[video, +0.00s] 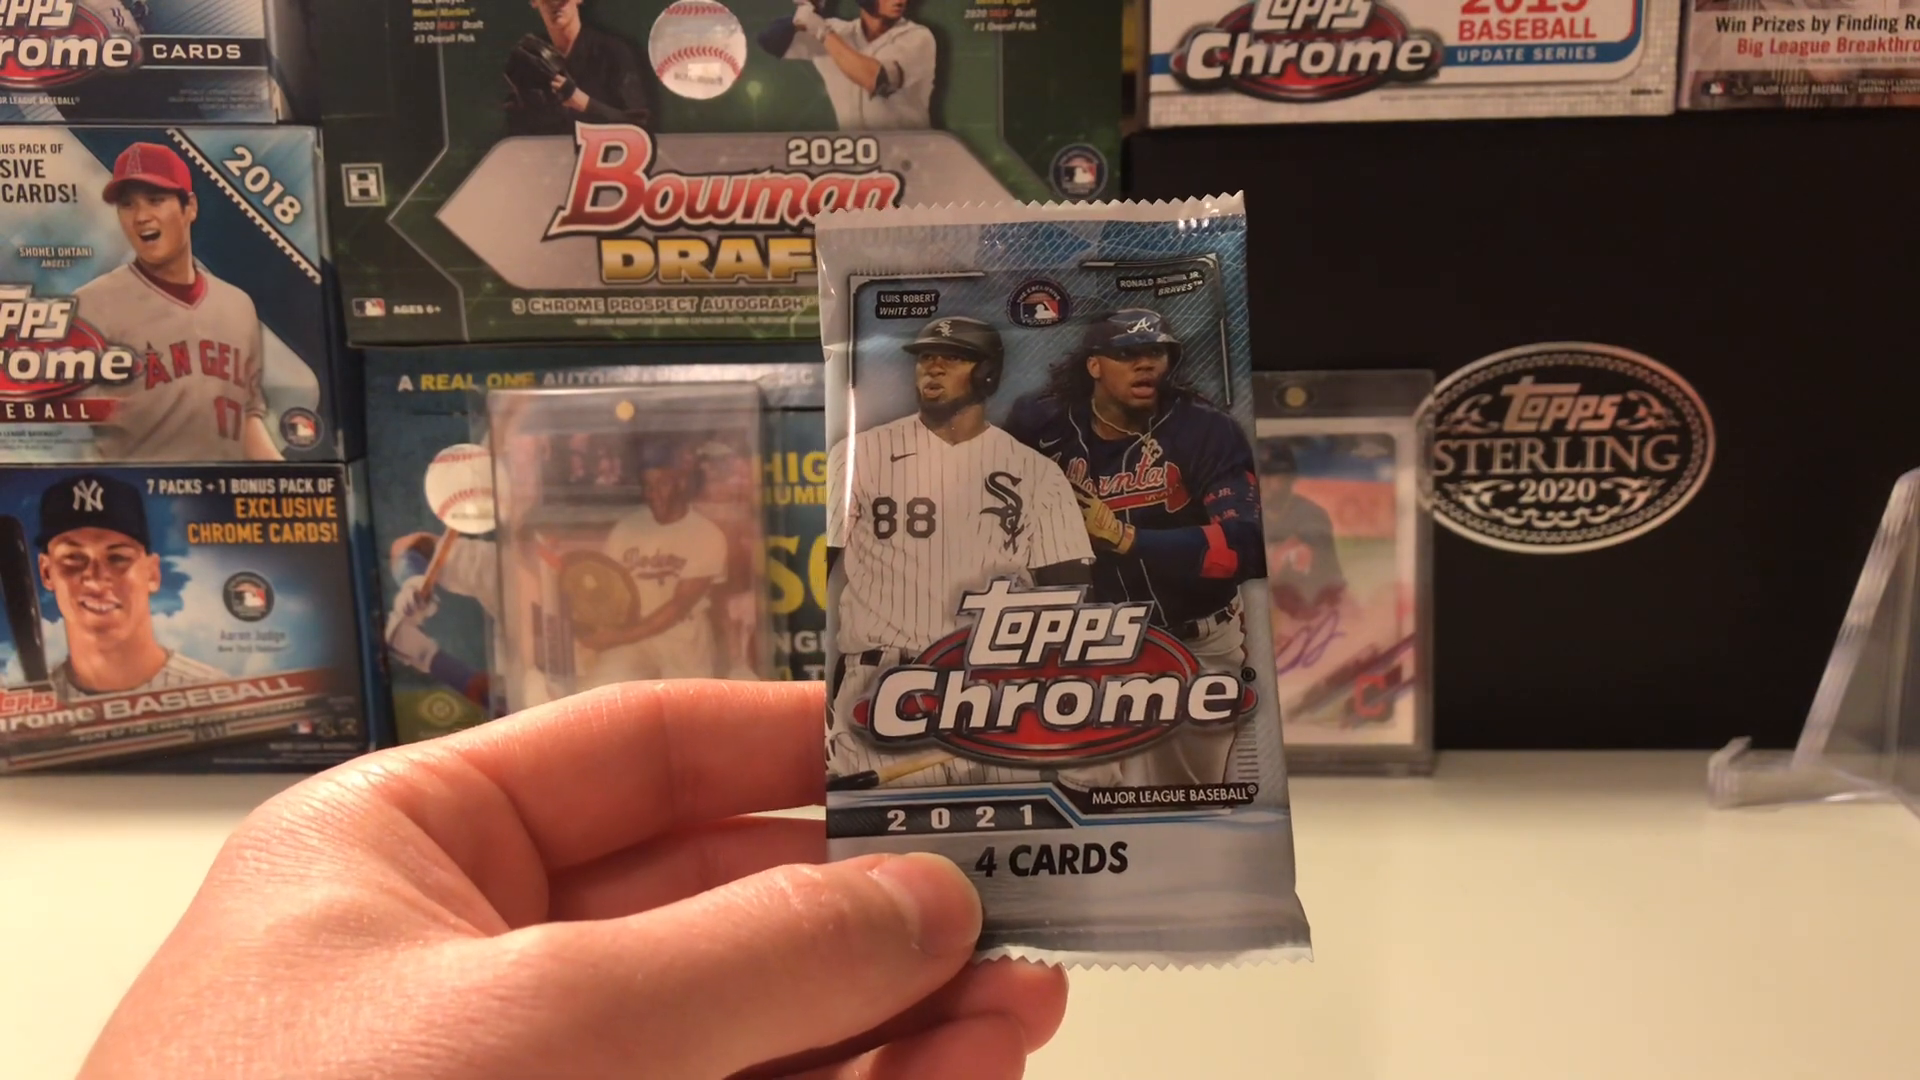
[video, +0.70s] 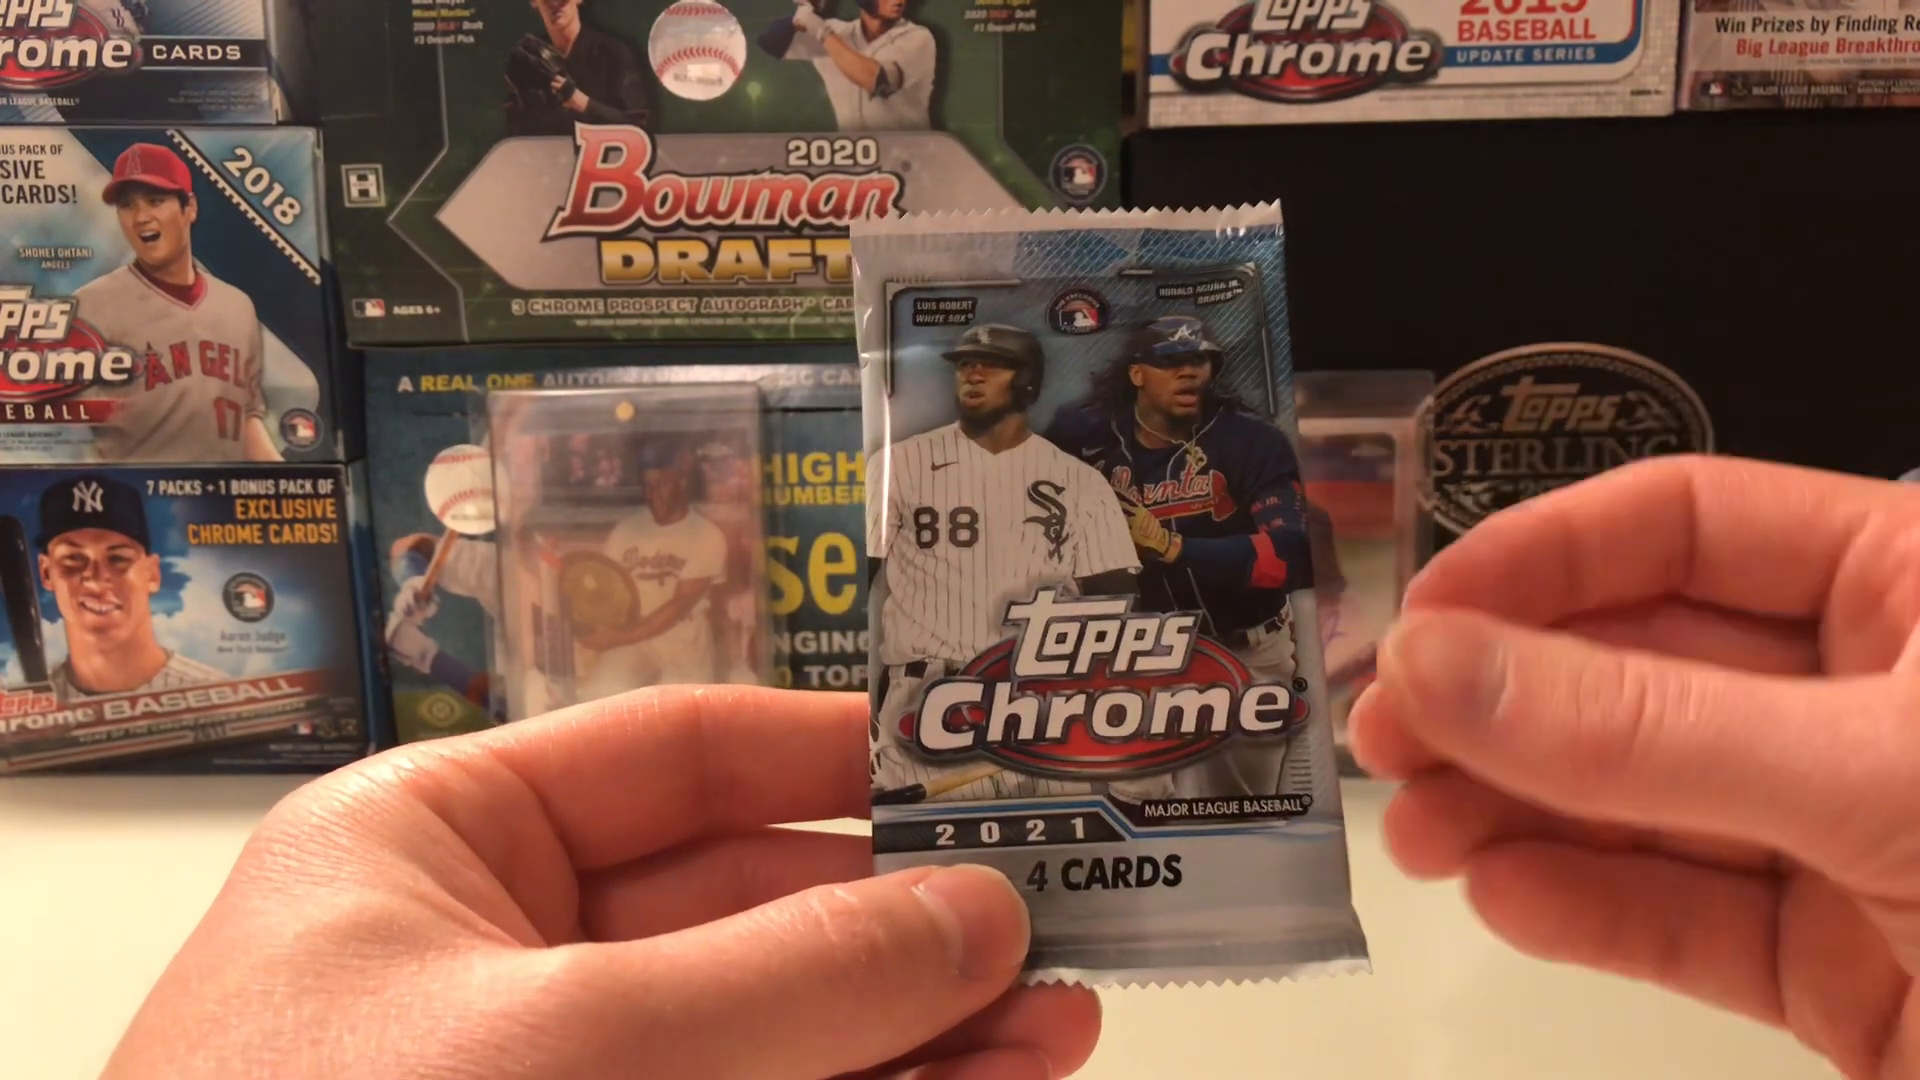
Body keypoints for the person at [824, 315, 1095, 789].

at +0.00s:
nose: (932, 369)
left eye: (950, 358)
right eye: (925, 357)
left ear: (985, 373)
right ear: (915, 367)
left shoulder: (1037, 475)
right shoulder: (856, 459)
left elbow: (1066, 597)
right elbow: (827, 575)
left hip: (992, 699)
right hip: (873, 697)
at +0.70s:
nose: (971, 376)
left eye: (989, 365)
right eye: (964, 365)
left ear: (1025, 381)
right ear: (954, 375)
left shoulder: (1080, 484)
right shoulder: (897, 468)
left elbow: (1113, 608)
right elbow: (857, 591)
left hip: (1038, 717)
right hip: (917, 715)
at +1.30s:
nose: (1016, 371)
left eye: (1035, 360)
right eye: (1009, 358)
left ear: (1072, 377)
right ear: (998, 367)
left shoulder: (1127, 490)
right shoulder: (938, 464)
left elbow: (1155, 620)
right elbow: (905, 594)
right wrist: (903, 712)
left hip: (1079, 723)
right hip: (956, 717)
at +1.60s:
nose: (1020, 375)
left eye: (1039, 364)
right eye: (1013, 362)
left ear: (1075, 381)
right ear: (1002, 371)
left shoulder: (1130, 492)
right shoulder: (941, 467)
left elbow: (1159, 624)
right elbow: (906, 599)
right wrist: (906, 723)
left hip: (1082, 726)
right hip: (959, 720)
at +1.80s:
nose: (1021, 369)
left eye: (1039, 358)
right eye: (1013, 357)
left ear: (1075, 375)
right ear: (1002, 368)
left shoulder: (1131, 482)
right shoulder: (943, 461)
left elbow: (1164, 611)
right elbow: (899, 589)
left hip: (1084, 713)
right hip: (963, 710)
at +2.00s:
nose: (1047, 371)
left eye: (1065, 360)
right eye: (1040, 359)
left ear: (1102, 377)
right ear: (1028, 369)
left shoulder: (1157, 484)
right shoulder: (967, 464)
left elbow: (1186, 611)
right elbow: (940, 590)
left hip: (1111, 715)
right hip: (991, 712)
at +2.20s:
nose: (1028, 369)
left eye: (1046, 359)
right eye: (1021, 358)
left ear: (1083, 375)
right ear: (1010, 368)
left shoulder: (1139, 478)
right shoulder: (951, 462)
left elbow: (1172, 606)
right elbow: (912, 588)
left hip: (1099, 717)